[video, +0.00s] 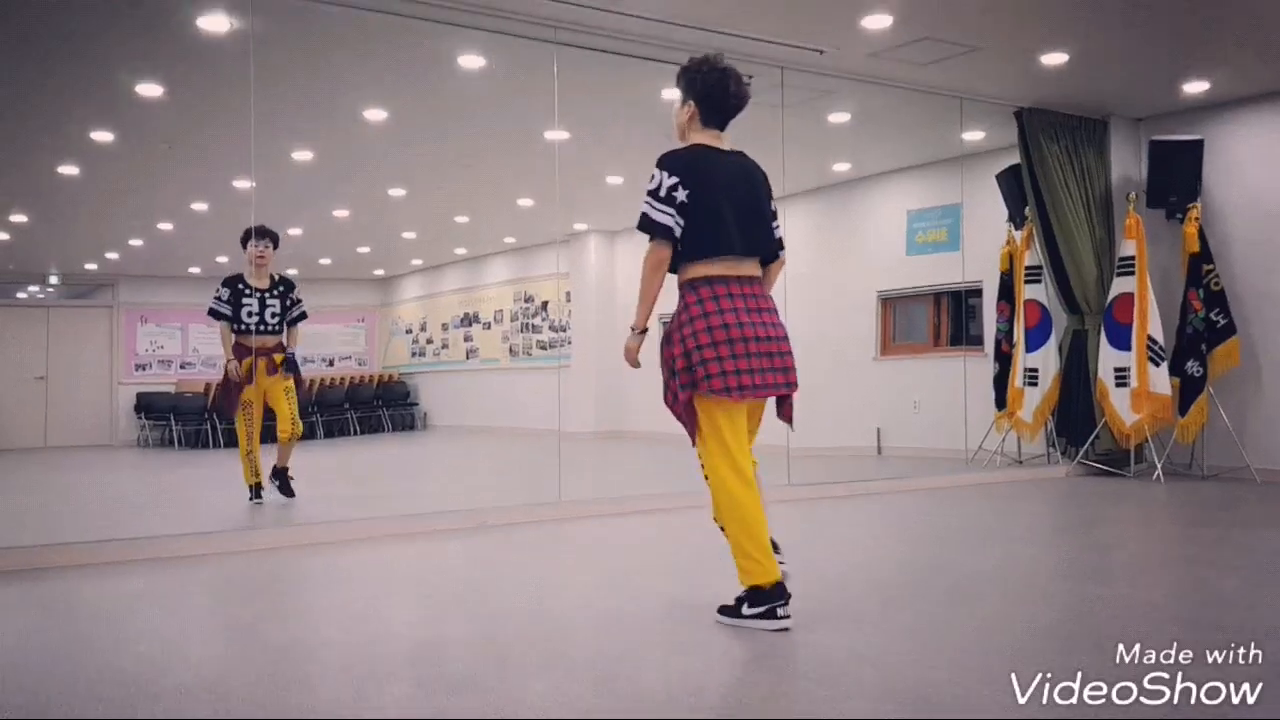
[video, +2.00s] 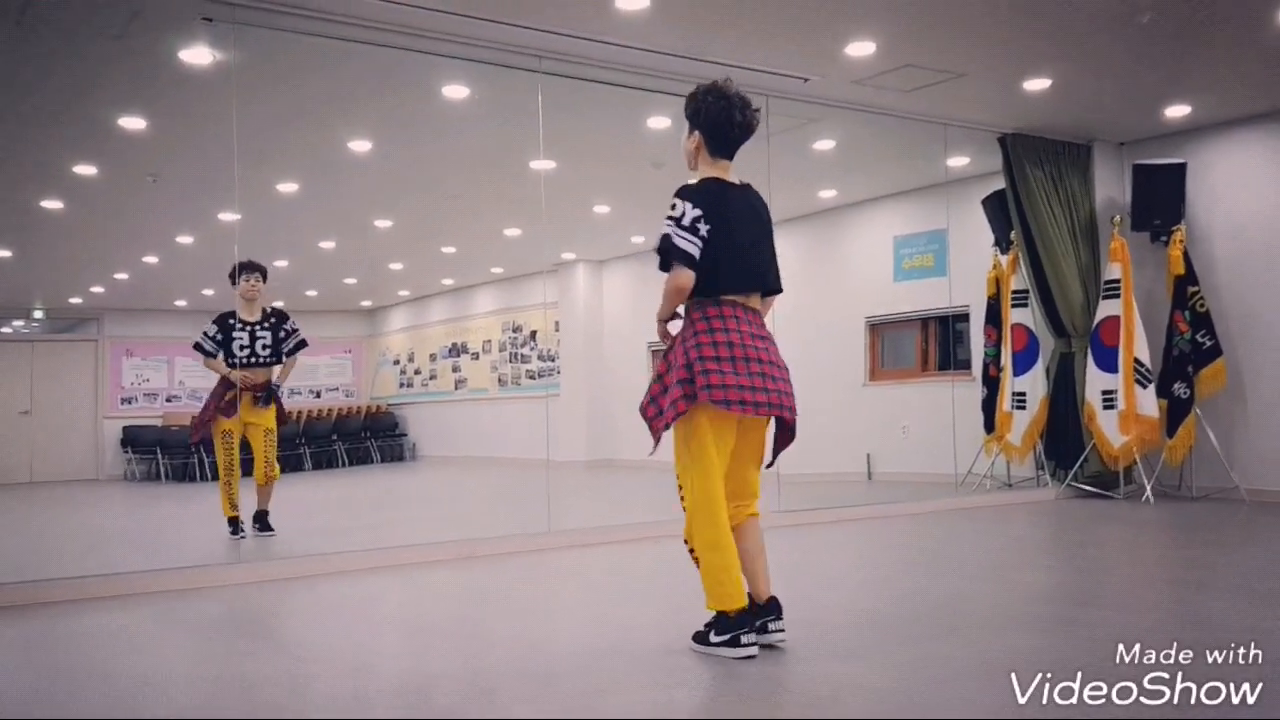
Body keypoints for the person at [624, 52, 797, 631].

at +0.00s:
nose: (675, 114)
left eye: (677, 105)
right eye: (678, 105)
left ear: (687, 109)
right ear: (729, 114)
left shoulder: (676, 165)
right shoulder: (753, 170)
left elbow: (660, 253)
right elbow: (776, 255)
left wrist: (639, 325)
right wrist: (750, 307)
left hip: (705, 316)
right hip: (759, 314)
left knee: (725, 459)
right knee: (730, 450)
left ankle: (764, 590)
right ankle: (757, 543)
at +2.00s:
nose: (682, 142)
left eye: (684, 132)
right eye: (686, 132)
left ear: (695, 138)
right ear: (738, 141)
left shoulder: (693, 198)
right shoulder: (756, 203)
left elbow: (681, 278)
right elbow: (767, 291)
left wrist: (662, 317)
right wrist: (747, 339)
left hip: (708, 339)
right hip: (756, 342)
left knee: (703, 490)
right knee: (742, 491)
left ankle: (730, 617)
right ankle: (763, 607)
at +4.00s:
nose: (676, 128)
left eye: (676, 120)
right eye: (680, 120)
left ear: (683, 124)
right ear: (731, 127)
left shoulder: (655, 182)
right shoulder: (753, 189)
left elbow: (631, 270)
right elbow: (763, 280)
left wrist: (622, 341)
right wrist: (750, 340)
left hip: (671, 334)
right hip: (738, 334)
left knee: (678, 477)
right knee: (742, 461)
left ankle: (704, 603)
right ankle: (744, 586)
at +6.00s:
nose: (680, 120)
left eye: (681, 113)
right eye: (683, 113)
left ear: (688, 119)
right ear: (738, 124)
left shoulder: (660, 177)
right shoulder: (759, 184)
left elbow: (642, 246)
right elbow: (798, 261)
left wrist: (658, 322)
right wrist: (760, 303)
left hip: (708, 334)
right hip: (772, 328)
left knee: (701, 482)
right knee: (772, 479)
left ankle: (718, 588)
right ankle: (771, 591)